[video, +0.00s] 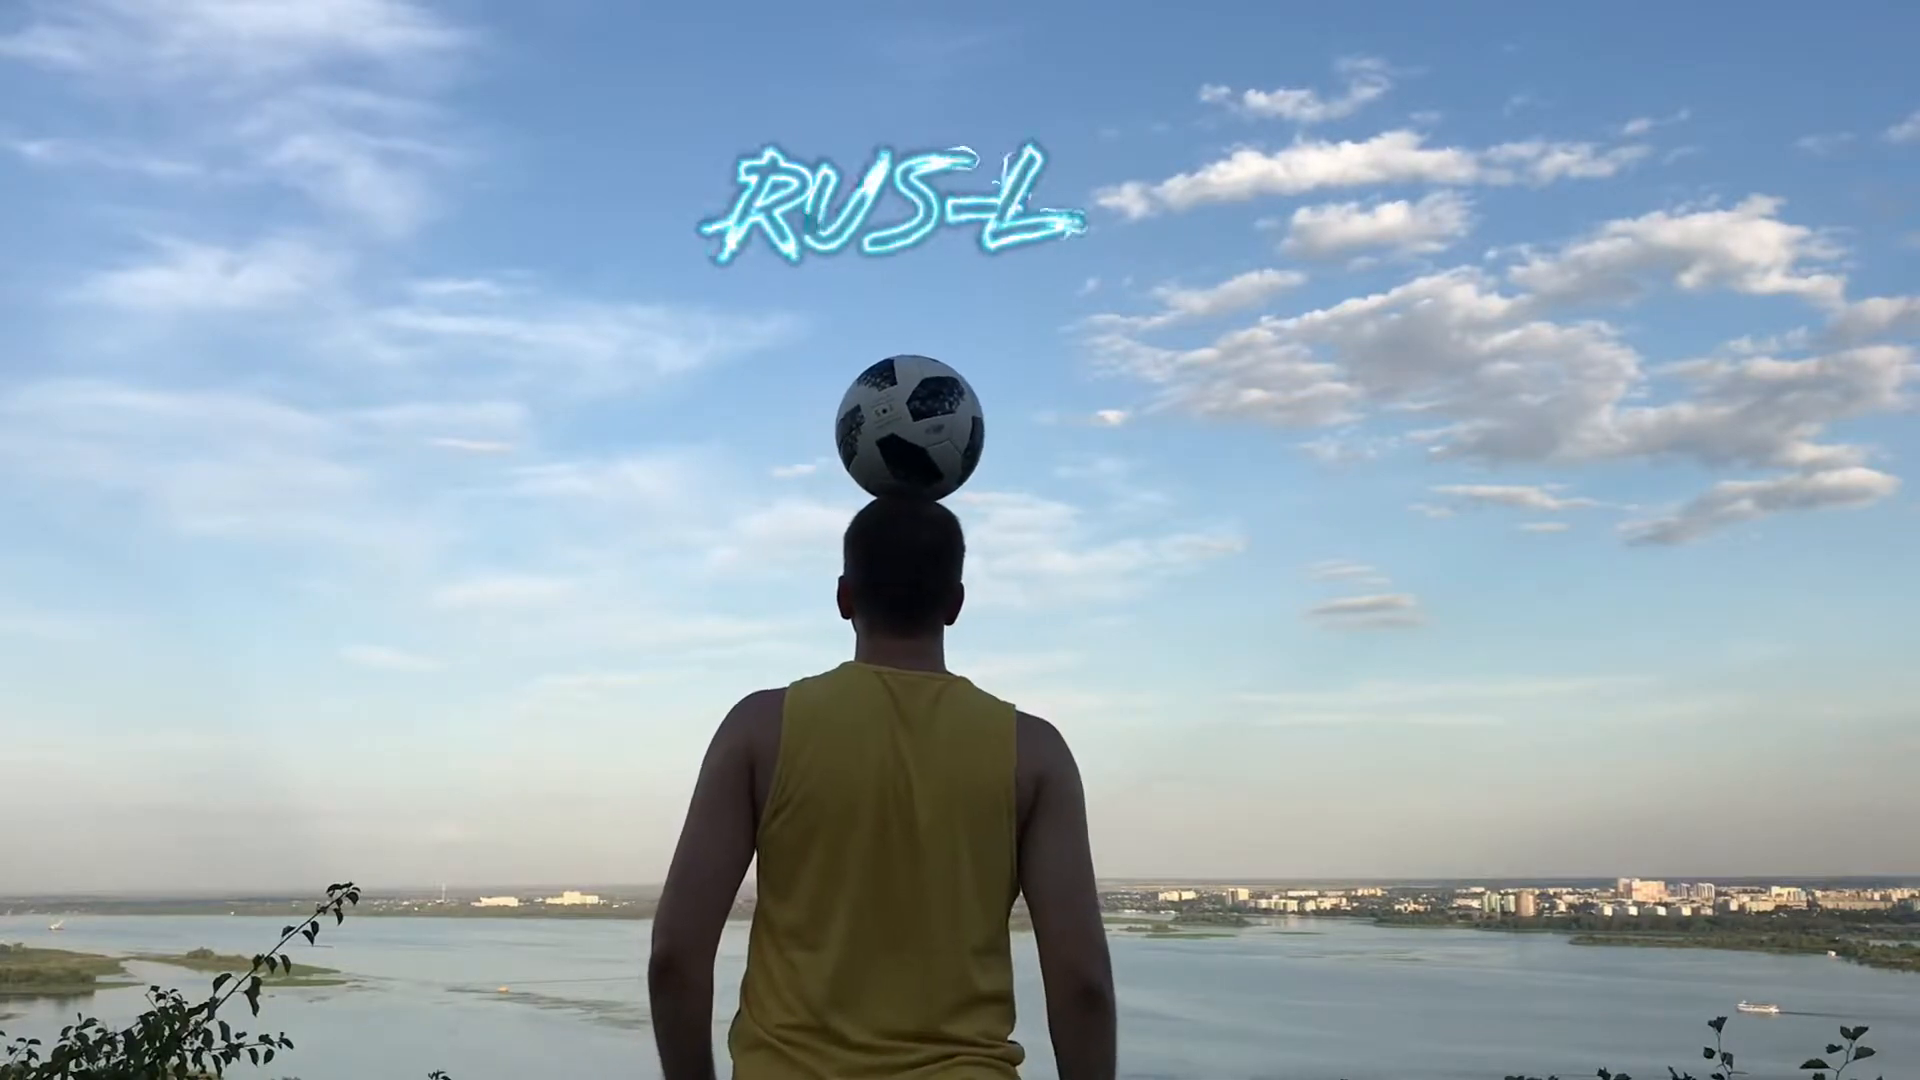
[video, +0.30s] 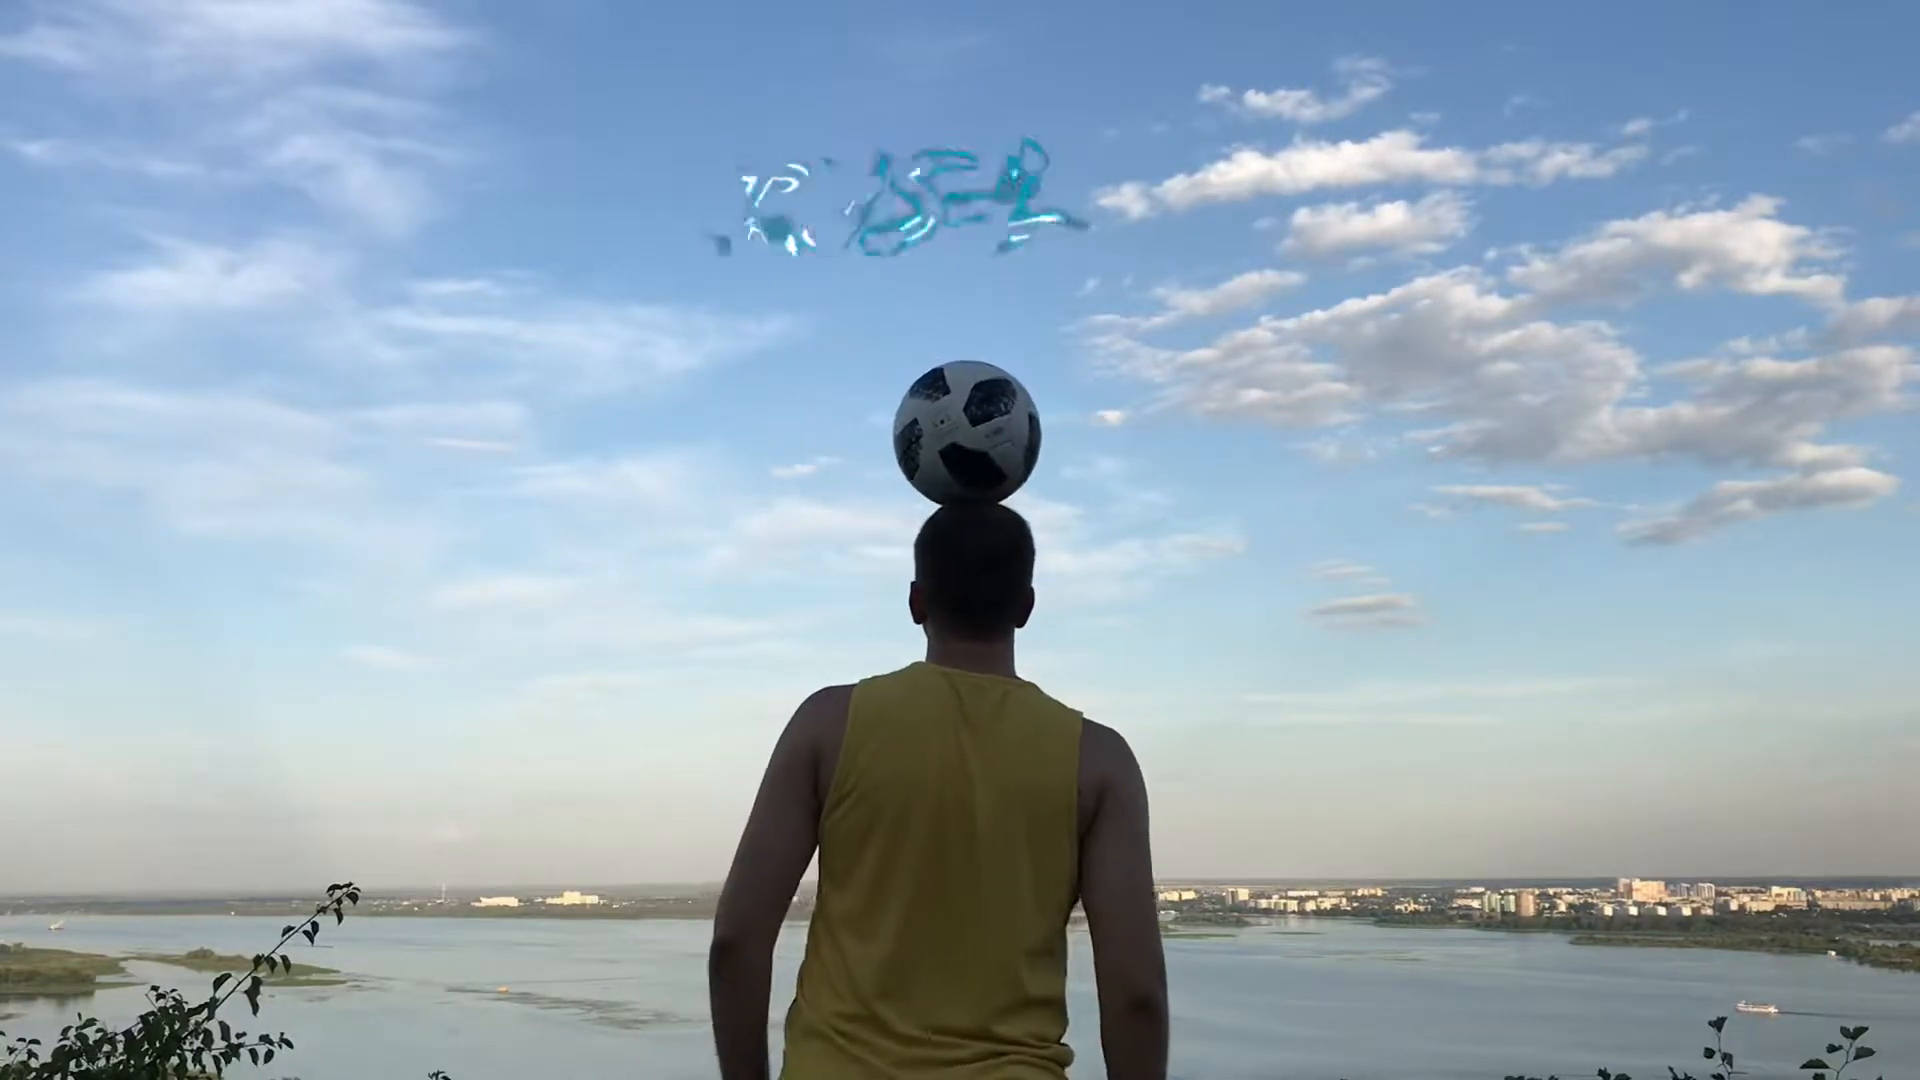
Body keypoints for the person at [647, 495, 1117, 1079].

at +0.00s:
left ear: (843, 597)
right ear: (958, 603)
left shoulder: (760, 726)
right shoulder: (1031, 747)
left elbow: (675, 958)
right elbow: (1083, 985)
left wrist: (693, 1071)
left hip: (788, 1058)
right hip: (966, 1061)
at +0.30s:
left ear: (915, 602)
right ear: (1028, 604)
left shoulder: (829, 721)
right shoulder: (1096, 755)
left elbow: (737, 942)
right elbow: (1137, 996)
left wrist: (747, 1072)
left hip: (838, 1056)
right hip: (1015, 1060)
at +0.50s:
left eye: (961, 592)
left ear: (965, 605)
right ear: (1077, 604)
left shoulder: (885, 719)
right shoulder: (1153, 756)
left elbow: (788, 937)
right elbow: (1186, 1000)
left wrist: (797, 1072)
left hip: (880, 1056)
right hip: (1058, 1062)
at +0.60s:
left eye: (965, 593)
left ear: (966, 607)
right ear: (1079, 606)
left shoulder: (890, 723)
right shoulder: (1159, 753)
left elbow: (799, 942)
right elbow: (1200, 995)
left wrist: (811, 1071)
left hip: (892, 1055)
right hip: (1069, 1061)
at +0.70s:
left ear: (954, 604)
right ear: (1066, 608)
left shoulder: (881, 728)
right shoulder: (1149, 751)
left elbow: (796, 950)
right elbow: (1201, 989)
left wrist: (814, 1069)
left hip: (893, 1056)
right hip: (1069, 1061)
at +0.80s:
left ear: (940, 604)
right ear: (1051, 609)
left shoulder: (866, 730)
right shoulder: (1132, 750)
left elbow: (785, 952)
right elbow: (1193, 986)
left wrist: (805, 1071)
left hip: (884, 1058)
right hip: (1060, 1062)